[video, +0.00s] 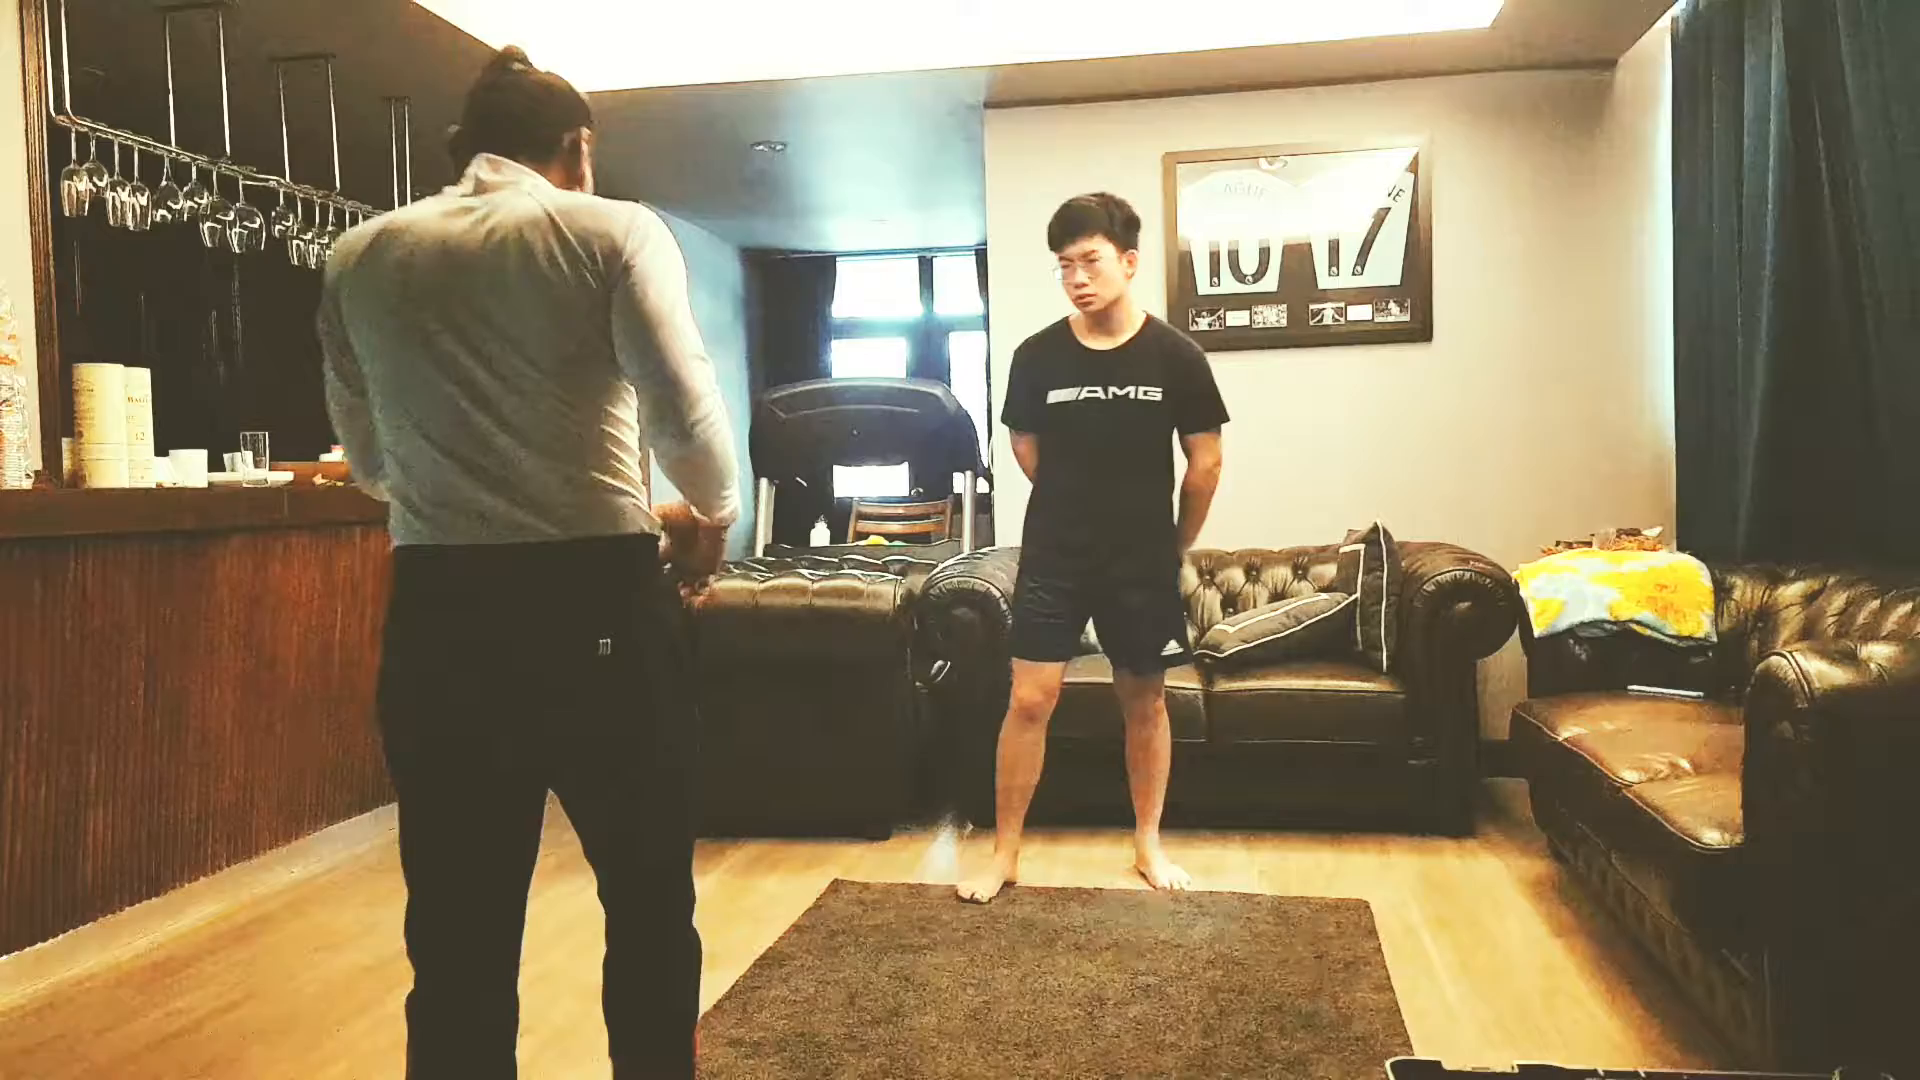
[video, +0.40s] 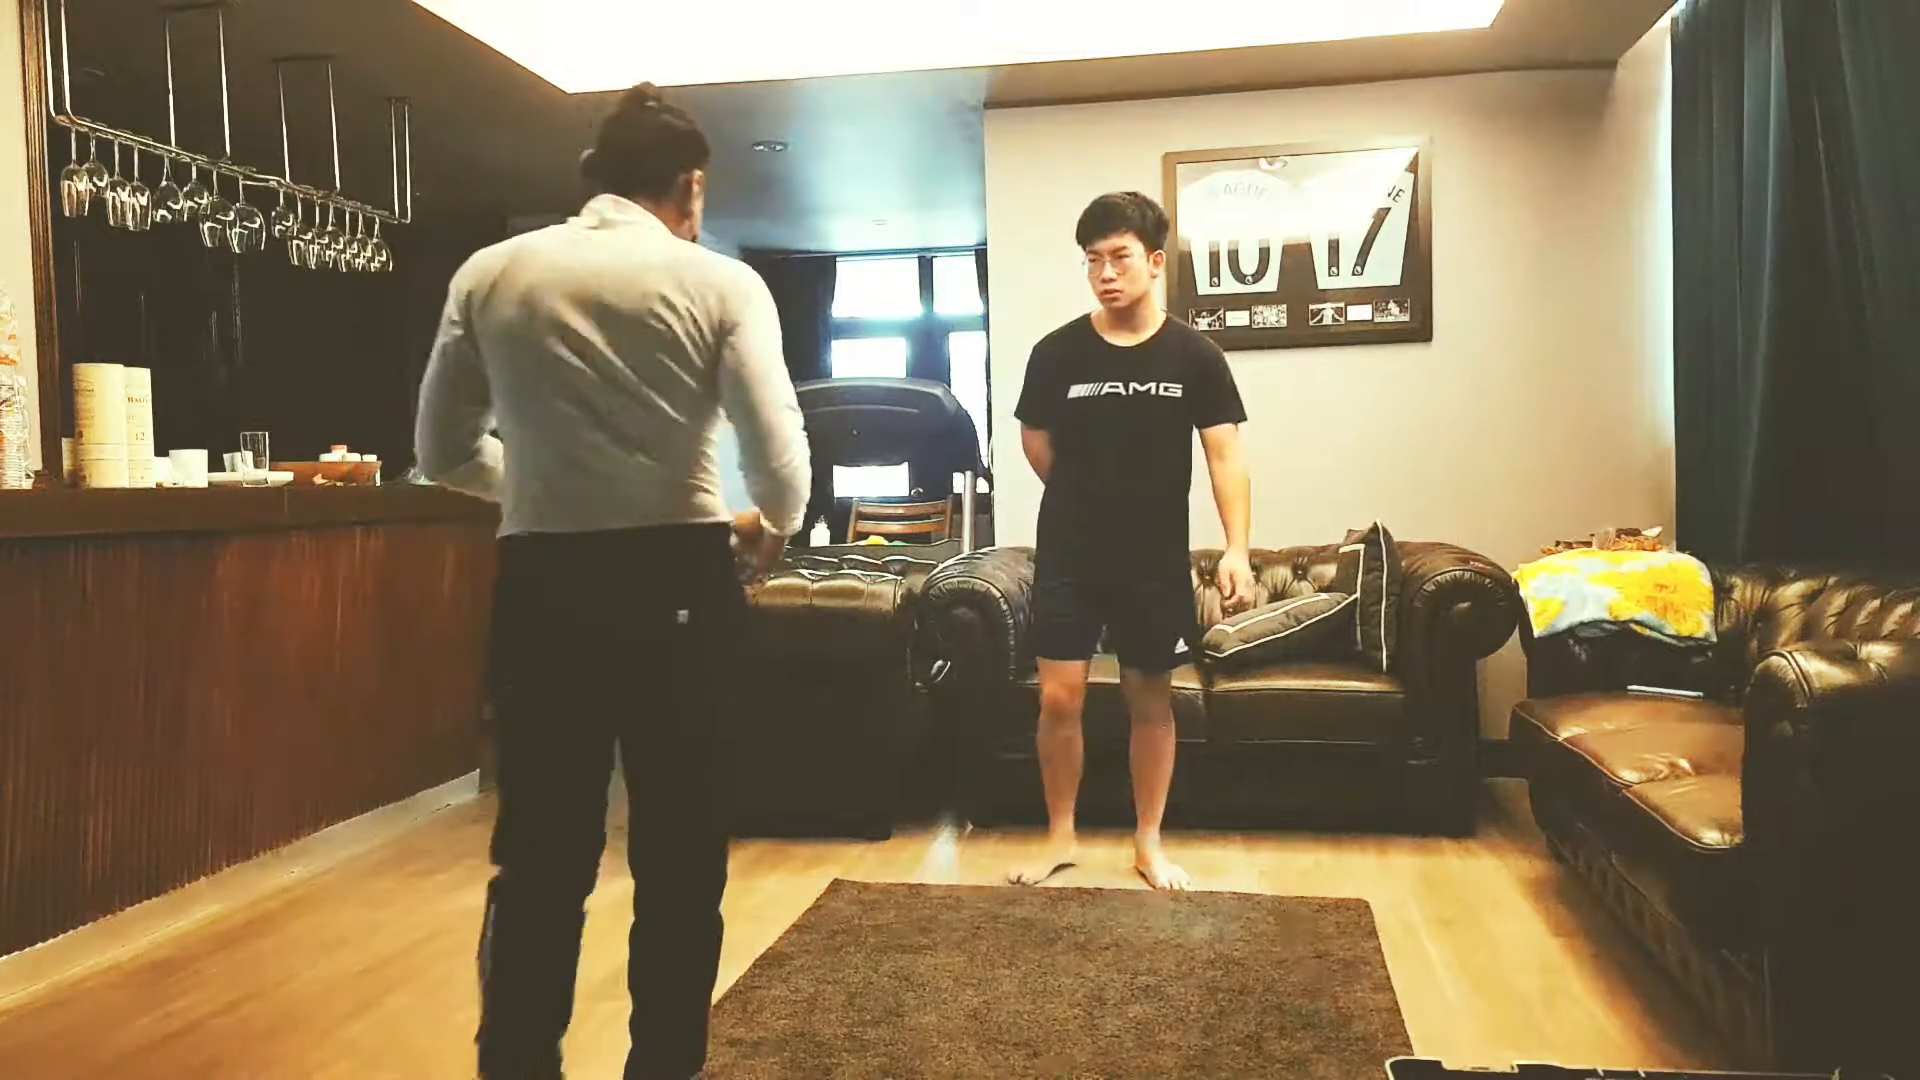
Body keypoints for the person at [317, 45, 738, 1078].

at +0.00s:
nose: (592, 179)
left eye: (589, 164)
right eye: (592, 161)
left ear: (468, 151)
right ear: (573, 152)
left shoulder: (355, 256)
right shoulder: (611, 231)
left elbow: (368, 459)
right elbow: (689, 419)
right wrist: (709, 530)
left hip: (442, 621)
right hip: (601, 614)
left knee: (456, 940)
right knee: (651, 909)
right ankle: (655, 1068)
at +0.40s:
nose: (703, 220)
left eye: (700, 199)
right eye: (701, 199)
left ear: (592, 185)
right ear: (681, 191)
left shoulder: (488, 275)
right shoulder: (724, 284)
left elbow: (446, 455)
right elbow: (784, 465)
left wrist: (532, 482)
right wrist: (773, 530)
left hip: (544, 589)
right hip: (679, 587)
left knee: (540, 856)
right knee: (681, 860)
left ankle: (515, 1068)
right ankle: (665, 1066)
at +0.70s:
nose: (756, 229)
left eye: (754, 211)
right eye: (754, 211)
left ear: (658, 206)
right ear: (732, 206)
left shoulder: (557, 304)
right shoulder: (767, 303)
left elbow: (497, 462)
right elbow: (798, 483)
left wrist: (559, 566)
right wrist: (784, 584)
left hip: (604, 582)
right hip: (725, 577)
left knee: (634, 801)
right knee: (712, 817)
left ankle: (651, 997)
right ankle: (665, 1059)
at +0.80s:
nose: (769, 234)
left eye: (767, 217)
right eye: (765, 218)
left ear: (673, 216)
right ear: (743, 219)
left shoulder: (576, 316)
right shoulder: (772, 312)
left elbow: (514, 468)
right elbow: (806, 485)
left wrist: (577, 565)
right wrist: (797, 591)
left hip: (620, 584)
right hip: (736, 579)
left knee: (654, 802)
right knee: (723, 811)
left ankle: (704, 991)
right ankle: (665, 1053)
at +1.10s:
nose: (794, 241)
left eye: (792, 225)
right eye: (788, 226)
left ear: (708, 229)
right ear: (756, 226)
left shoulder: (646, 319)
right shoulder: (779, 310)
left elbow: (603, 473)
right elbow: (794, 465)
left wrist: (673, 537)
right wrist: (840, 567)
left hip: (658, 574)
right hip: (752, 575)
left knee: (676, 794)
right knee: (820, 795)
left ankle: (705, 994)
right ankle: (693, 1005)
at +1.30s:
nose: (813, 249)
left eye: (813, 233)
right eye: (808, 232)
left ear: (743, 229)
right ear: (775, 227)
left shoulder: (695, 308)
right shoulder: (766, 311)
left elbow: (725, 465)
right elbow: (789, 460)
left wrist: (821, 510)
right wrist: (860, 442)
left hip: (703, 560)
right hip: (755, 564)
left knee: (731, 779)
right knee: (787, 784)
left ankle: (727, 988)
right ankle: (739, 1006)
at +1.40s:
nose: (830, 245)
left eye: (827, 229)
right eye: (823, 229)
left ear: (762, 232)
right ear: (792, 230)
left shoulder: (719, 308)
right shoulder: (763, 314)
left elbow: (758, 454)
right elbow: (808, 459)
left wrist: (851, 445)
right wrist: (864, 377)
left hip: (727, 551)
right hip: (762, 555)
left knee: (767, 770)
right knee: (782, 775)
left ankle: (740, 965)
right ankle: (740, 1009)